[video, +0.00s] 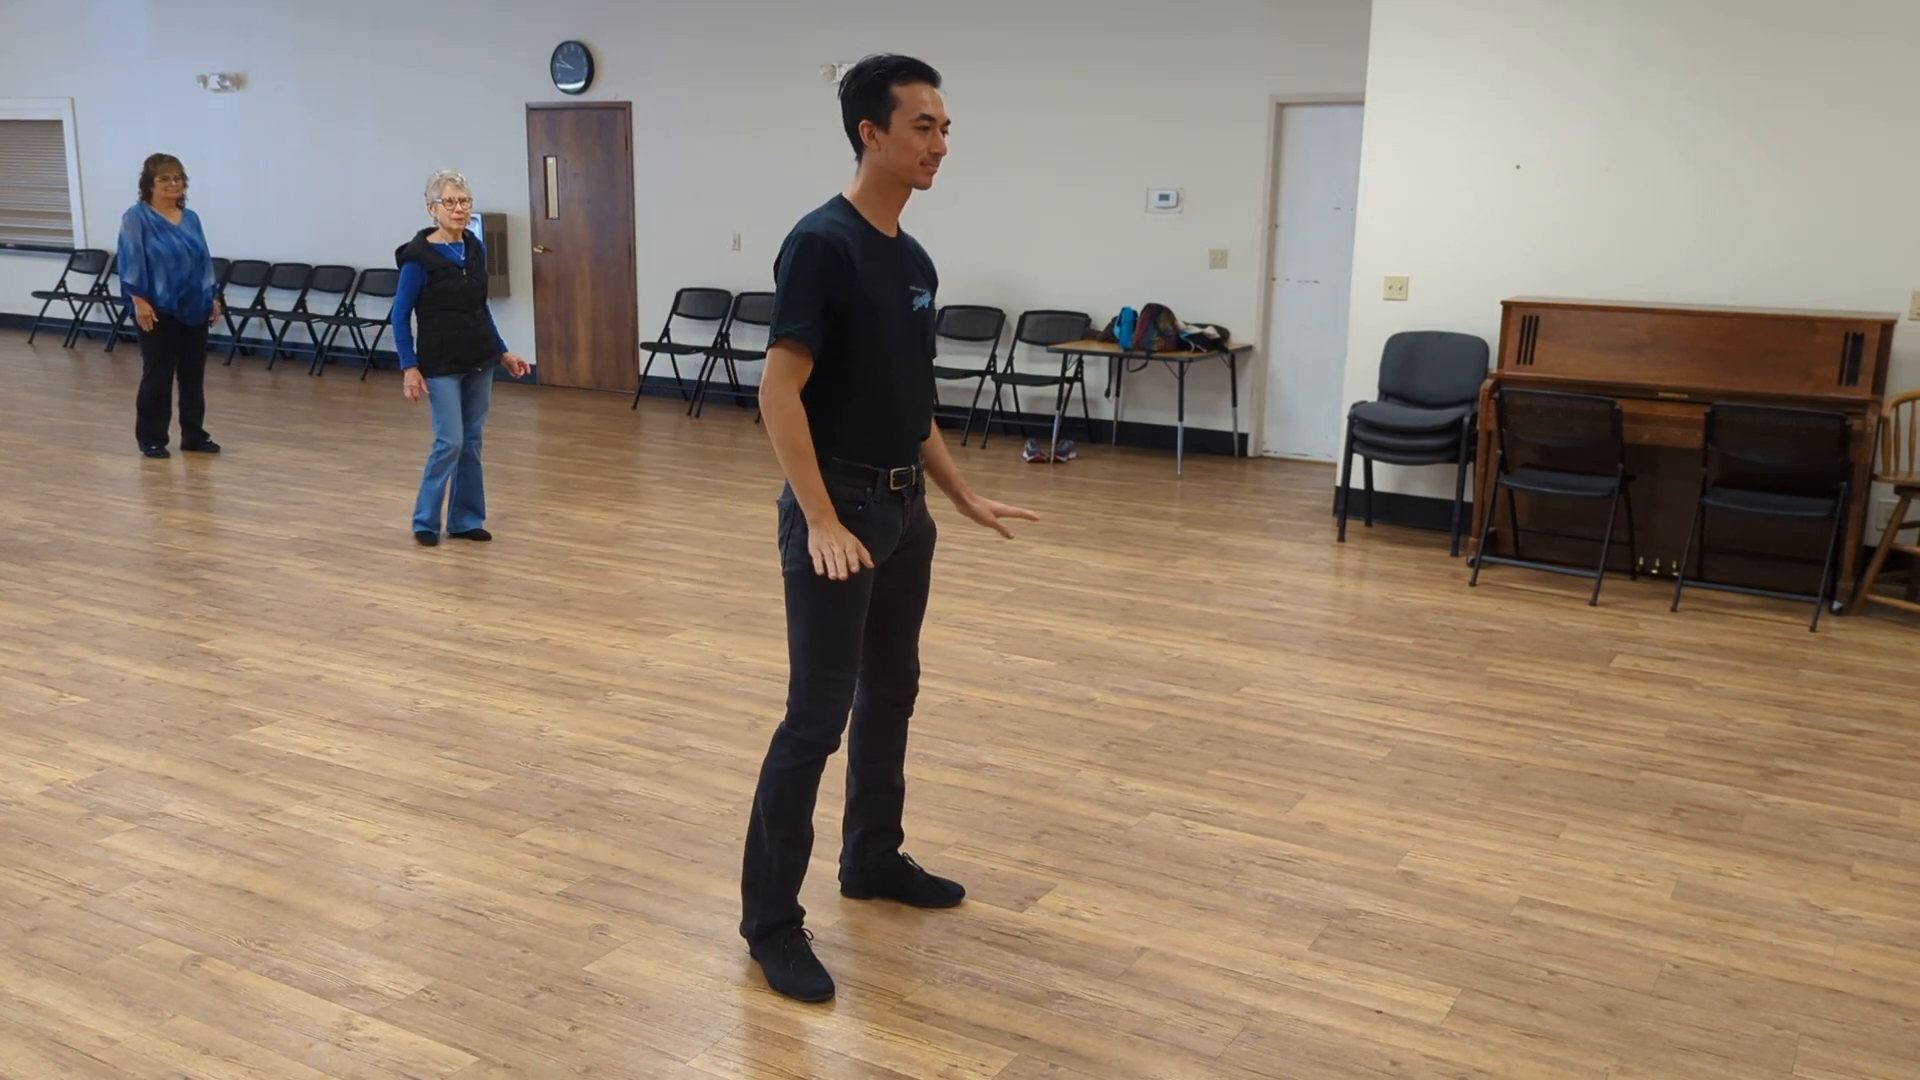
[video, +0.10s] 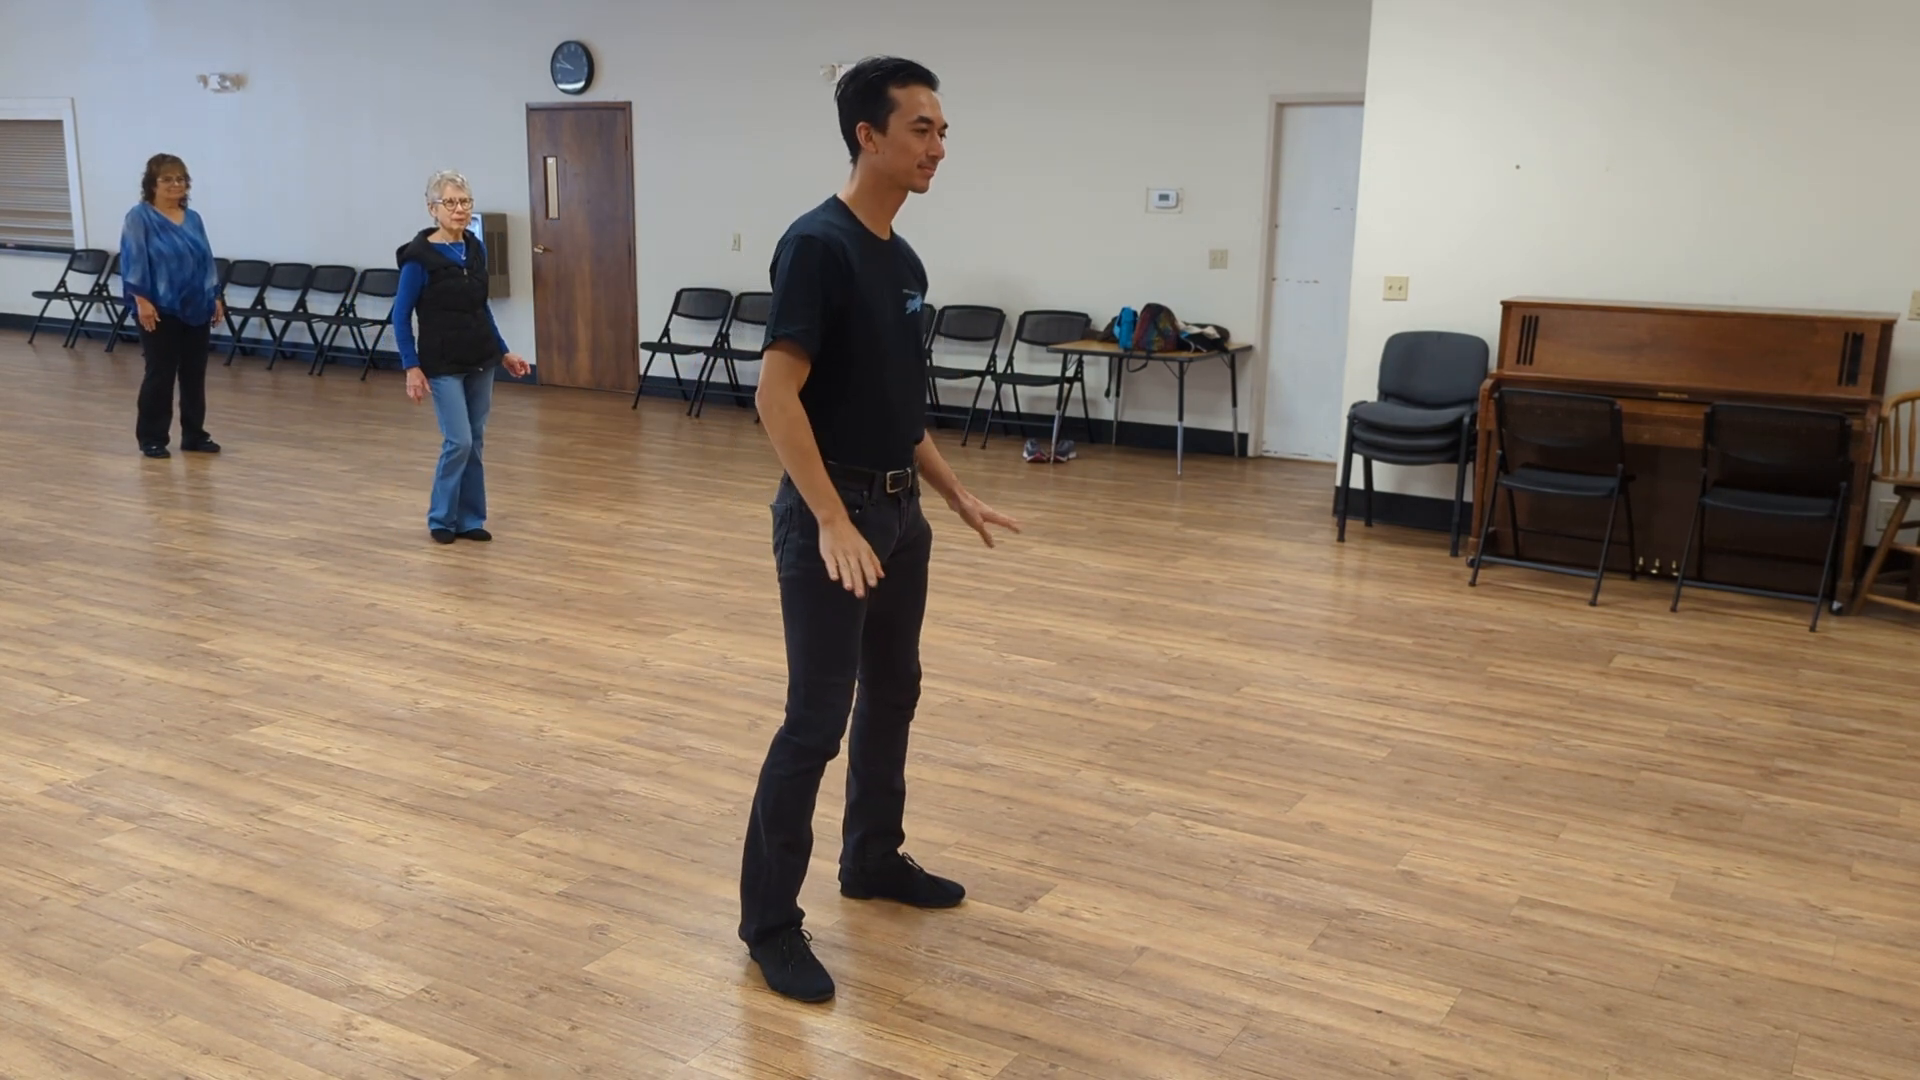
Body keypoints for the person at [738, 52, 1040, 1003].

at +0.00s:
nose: (941, 142)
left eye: (943, 127)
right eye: (925, 125)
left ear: (913, 139)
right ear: (870, 131)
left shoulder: (914, 261)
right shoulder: (820, 244)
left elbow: (910, 399)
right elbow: (776, 391)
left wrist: (962, 493)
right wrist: (819, 517)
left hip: (904, 505)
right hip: (832, 509)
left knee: (888, 697)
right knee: (814, 720)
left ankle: (872, 857)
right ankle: (769, 919)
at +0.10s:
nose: (939, 145)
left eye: (940, 130)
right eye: (923, 128)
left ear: (901, 142)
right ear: (867, 134)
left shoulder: (904, 262)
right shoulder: (817, 244)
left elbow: (901, 407)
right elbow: (774, 395)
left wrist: (956, 492)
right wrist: (833, 520)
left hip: (899, 517)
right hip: (824, 522)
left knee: (890, 697)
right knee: (815, 724)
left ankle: (871, 858)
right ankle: (768, 921)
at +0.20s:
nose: (934, 147)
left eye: (935, 131)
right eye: (918, 129)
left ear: (894, 144)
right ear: (862, 136)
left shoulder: (891, 259)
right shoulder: (814, 244)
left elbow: (884, 402)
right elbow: (773, 398)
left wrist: (953, 481)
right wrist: (846, 515)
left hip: (890, 514)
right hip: (817, 520)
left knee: (889, 698)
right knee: (814, 726)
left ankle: (871, 858)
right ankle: (768, 922)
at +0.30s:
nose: (928, 148)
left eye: (930, 132)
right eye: (912, 130)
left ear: (887, 144)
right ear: (855, 137)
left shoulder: (880, 253)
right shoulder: (809, 243)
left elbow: (872, 395)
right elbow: (772, 396)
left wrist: (948, 458)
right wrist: (857, 502)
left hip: (880, 517)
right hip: (810, 522)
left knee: (882, 700)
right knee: (808, 727)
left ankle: (871, 859)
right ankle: (768, 924)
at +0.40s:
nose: (920, 148)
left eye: (922, 132)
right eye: (905, 129)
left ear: (881, 143)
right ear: (848, 135)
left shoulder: (872, 252)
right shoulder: (805, 244)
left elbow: (864, 394)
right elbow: (771, 401)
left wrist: (941, 454)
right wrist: (866, 501)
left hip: (867, 523)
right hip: (803, 527)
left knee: (883, 697)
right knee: (805, 732)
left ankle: (872, 859)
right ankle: (768, 927)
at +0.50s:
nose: (916, 149)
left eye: (917, 132)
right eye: (900, 131)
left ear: (875, 142)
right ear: (843, 138)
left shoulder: (860, 253)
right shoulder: (805, 253)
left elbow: (852, 403)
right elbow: (771, 414)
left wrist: (929, 465)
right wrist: (869, 516)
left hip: (857, 527)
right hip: (799, 530)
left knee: (883, 700)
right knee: (806, 736)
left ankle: (872, 859)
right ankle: (768, 930)